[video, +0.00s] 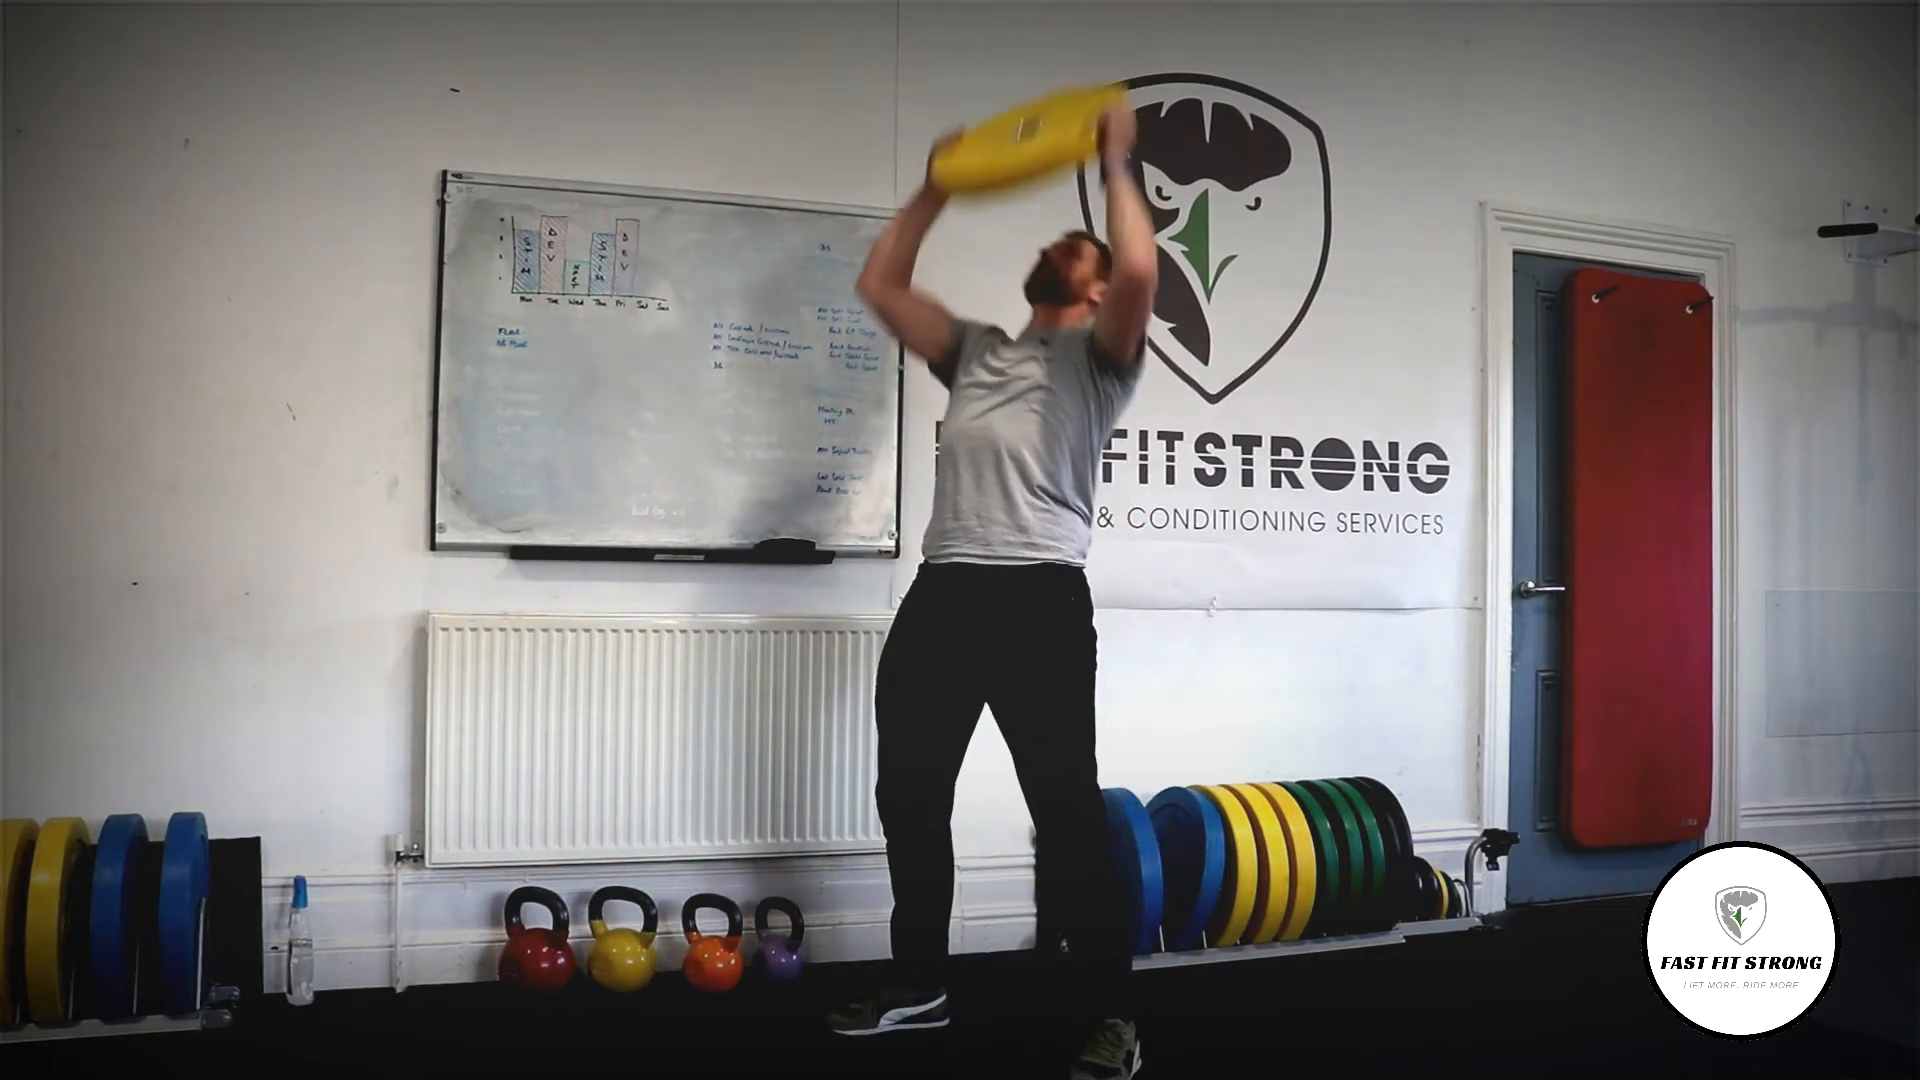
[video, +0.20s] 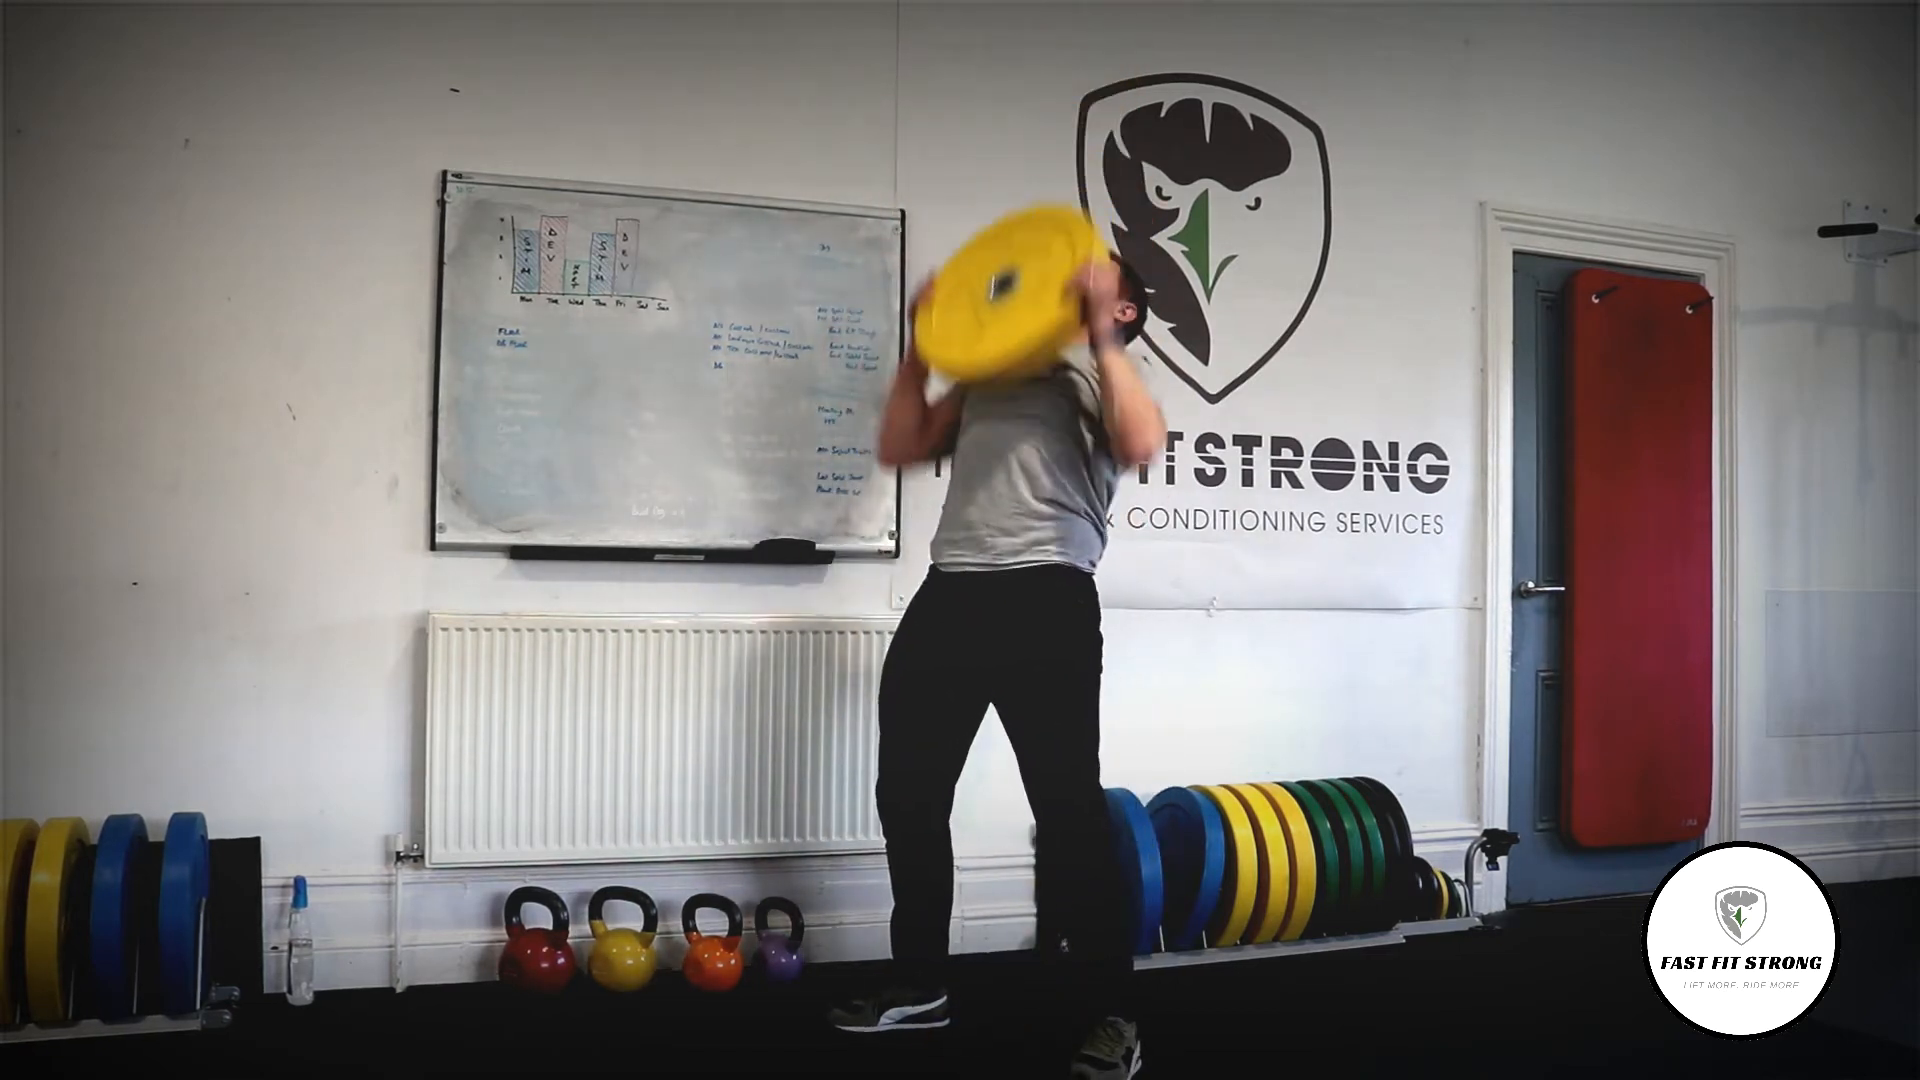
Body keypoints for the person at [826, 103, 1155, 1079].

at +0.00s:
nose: (1062, 252)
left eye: (1082, 252)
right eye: (1057, 248)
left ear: (1104, 287)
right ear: (1035, 281)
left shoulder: (1099, 360)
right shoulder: (973, 350)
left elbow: (1136, 276)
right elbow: (881, 283)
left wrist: (1117, 163)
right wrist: (934, 190)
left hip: (1041, 596)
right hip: (941, 595)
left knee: (1064, 804)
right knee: (910, 798)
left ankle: (1097, 1011)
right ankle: (919, 987)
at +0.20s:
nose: (1076, 285)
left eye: (1097, 282)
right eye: (1074, 275)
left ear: (1124, 313)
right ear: (1046, 286)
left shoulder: (1109, 381)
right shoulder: (991, 373)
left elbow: (1141, 448)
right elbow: (899, 449)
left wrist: (1103, 332)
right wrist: (918, 345)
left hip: (1047, 596)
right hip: (949, 597)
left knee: (1067, 806)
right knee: (909, 799)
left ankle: (1101, 1011)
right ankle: (921, 988)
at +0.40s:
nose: (1057, 290)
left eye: (1077, 280)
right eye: (1050, 275)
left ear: (1113, 310)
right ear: (1032, 298)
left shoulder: (1128, 383)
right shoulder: (991, 373)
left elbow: (1153, 500)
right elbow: (933, 503)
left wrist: (1102, 391)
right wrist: (926, 392)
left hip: (1051, 591)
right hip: (955, 590)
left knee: (1063, 803)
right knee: (908, 794)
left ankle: (1100, 1012)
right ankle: (923, 989)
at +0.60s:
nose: (1045, 283)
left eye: (1063, 271)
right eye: (1040, 272)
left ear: (1108, 288)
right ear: (1035, 284)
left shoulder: (1131, 356)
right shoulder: (1005, 359)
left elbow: (1167, 475)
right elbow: (950, 492)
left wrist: (1092, 396)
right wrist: (912, 407)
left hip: (1063, 591)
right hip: (968, 589)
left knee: (1073, 802)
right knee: (921, 793)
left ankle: (1101, 1011)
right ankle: (924, 989)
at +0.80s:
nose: (1023, 281)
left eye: (1039, 265)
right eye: (1016, 267)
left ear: (1087, 265)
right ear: (1013, 271)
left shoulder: (1127, 339)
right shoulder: (1001, 347)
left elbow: (1166, 447)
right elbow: (953, 446)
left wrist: (1080, 460)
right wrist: (890, 474)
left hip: (1081, 596)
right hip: (987, 597)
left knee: (1090, 799)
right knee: (941, 791)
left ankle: (1108, 1008)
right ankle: (929, 982)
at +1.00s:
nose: (978, 288)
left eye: (992, 272)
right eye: (970, 274)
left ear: (1040, 264)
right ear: (967, 273)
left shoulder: (1093, 343)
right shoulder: (962, 359)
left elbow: (1140, 468)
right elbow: (939, 483)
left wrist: (1088, 576)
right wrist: (897, 572)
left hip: (1087, 593)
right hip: (993, 599)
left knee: (1098, 801)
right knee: (942, 787)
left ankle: (1115, 1012)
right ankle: (924, 985)